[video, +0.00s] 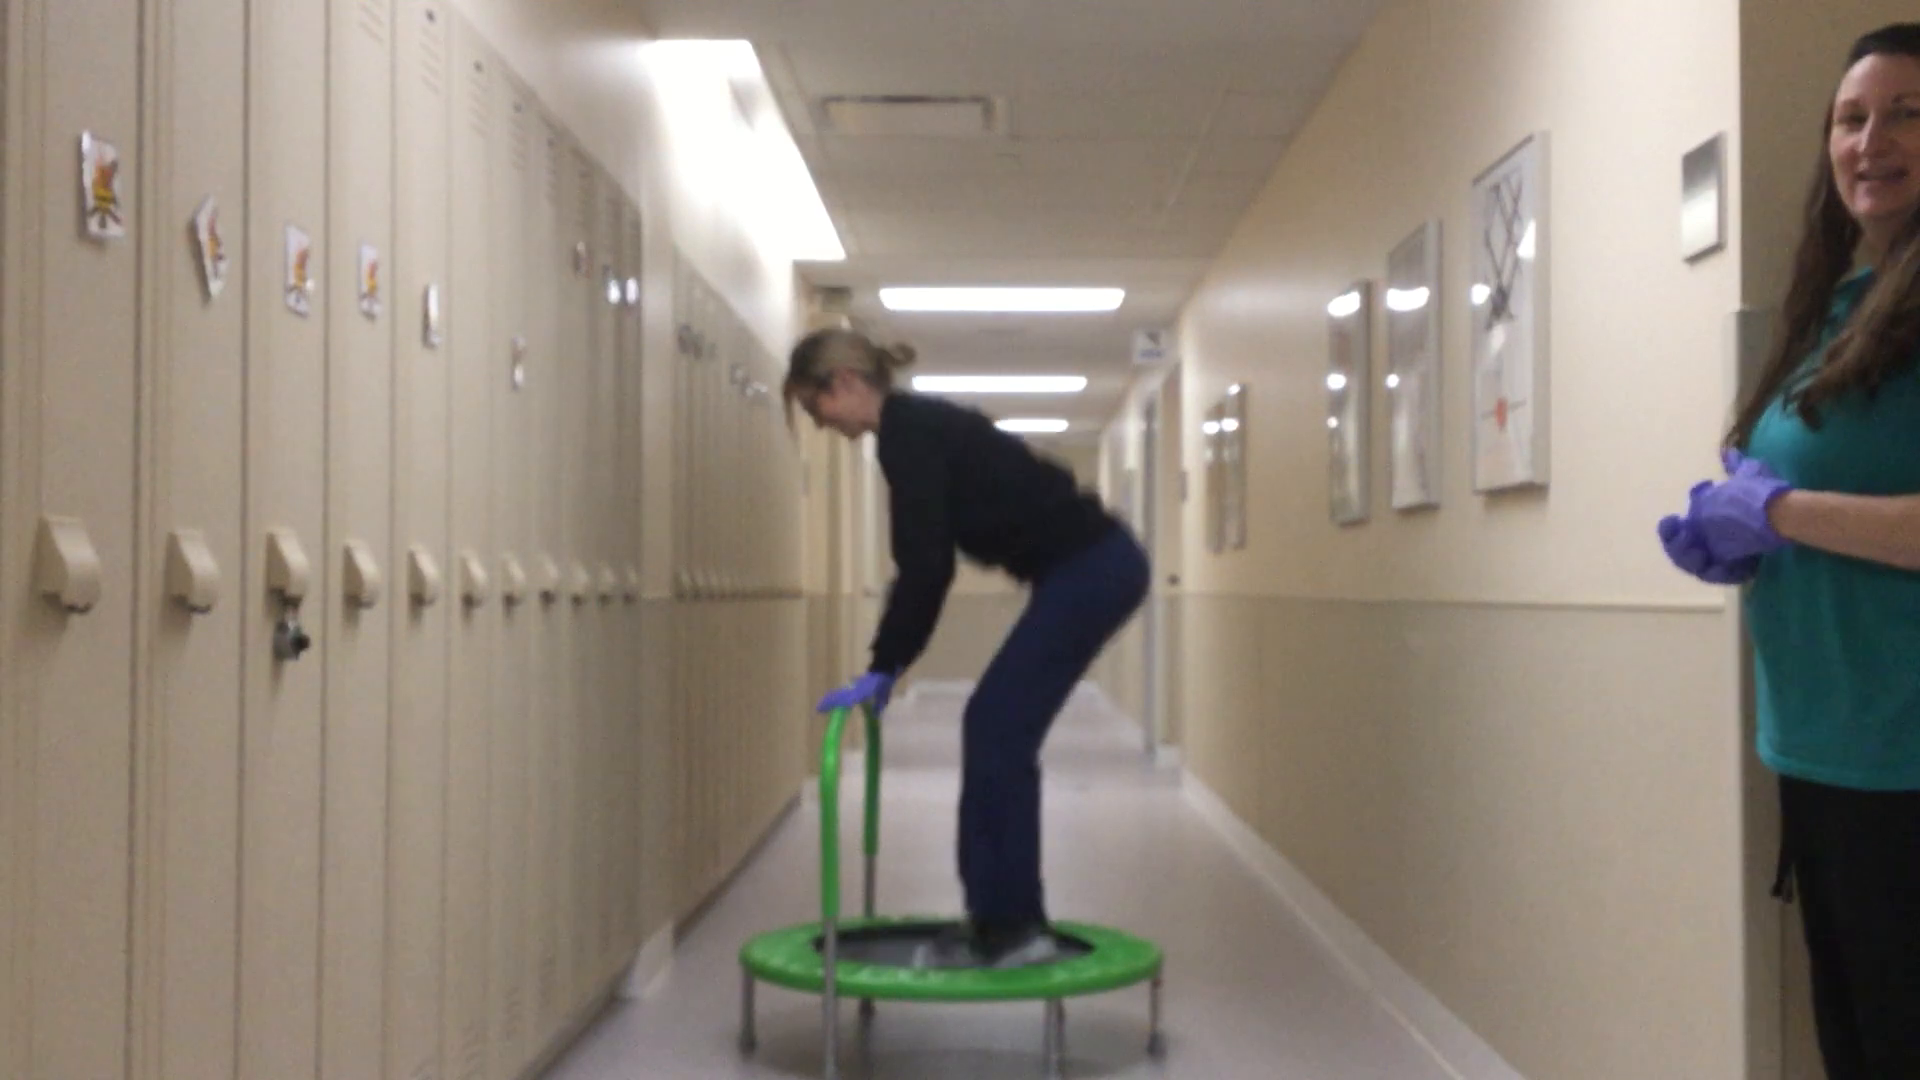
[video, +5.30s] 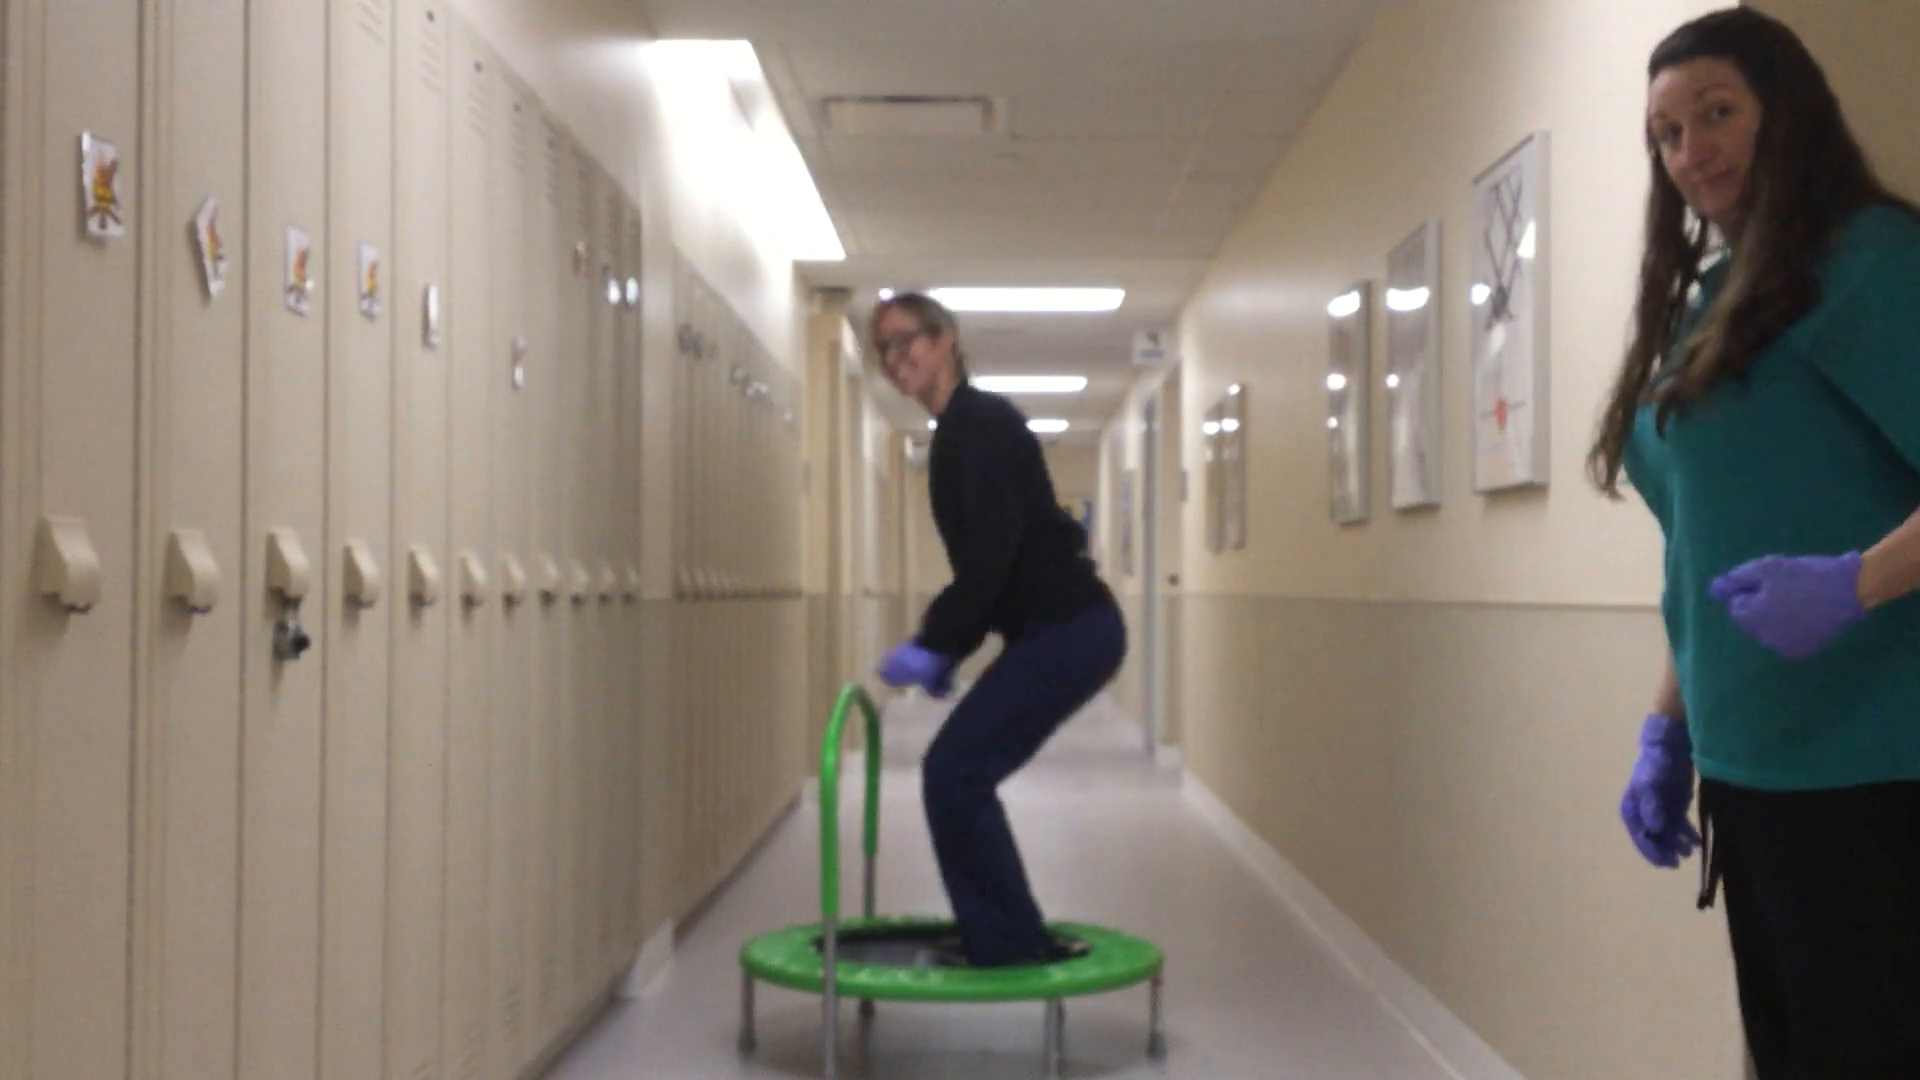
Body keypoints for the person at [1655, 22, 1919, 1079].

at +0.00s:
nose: (1871, 142)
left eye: (1900, 117)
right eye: (1851, 119)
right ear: (1827, 145)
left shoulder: (1919, 294)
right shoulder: (1829, 298)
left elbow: (1914, 526)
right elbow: (1766, 450)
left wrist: (1777, 513)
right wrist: (1735, 502)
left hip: (1897, 751)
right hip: (1815, 743)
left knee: (1892, 1036)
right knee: (1850, 1034)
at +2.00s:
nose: (1884, 151)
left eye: (1909, 124)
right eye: (1860, 129)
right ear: (1836, 153)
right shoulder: (1841, 299)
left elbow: (1918, 526)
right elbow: (1802, 466)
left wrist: (1793, 522)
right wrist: (1752, 503)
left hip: (1901, 747)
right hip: (1822, 740)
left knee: (1900, 1032)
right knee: (1857, 1031)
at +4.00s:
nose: (1799, 146)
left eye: (1830, 115)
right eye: (1779, 124)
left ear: (1894, 127)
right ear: (1761, 146)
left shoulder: (1907, 284)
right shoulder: (1771, 296)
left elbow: (1919, 525)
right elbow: (1796, 515)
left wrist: (1776, 583)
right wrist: (1730, 585)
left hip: (1899, 751)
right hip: (1808, 752)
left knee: (1894, 1039)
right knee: (1850, 1039)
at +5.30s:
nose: (1690, 149)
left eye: (1715, 112)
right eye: (1667, 131)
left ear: (1783, 112)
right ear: (1656, 153)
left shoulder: (1869, 258)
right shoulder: (1700, 299)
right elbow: (1706, 539)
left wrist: (1858, 581)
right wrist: (1670, 722)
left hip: (1869, 765)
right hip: (1751, 771)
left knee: (1867, 1050)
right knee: (1786, 1050)